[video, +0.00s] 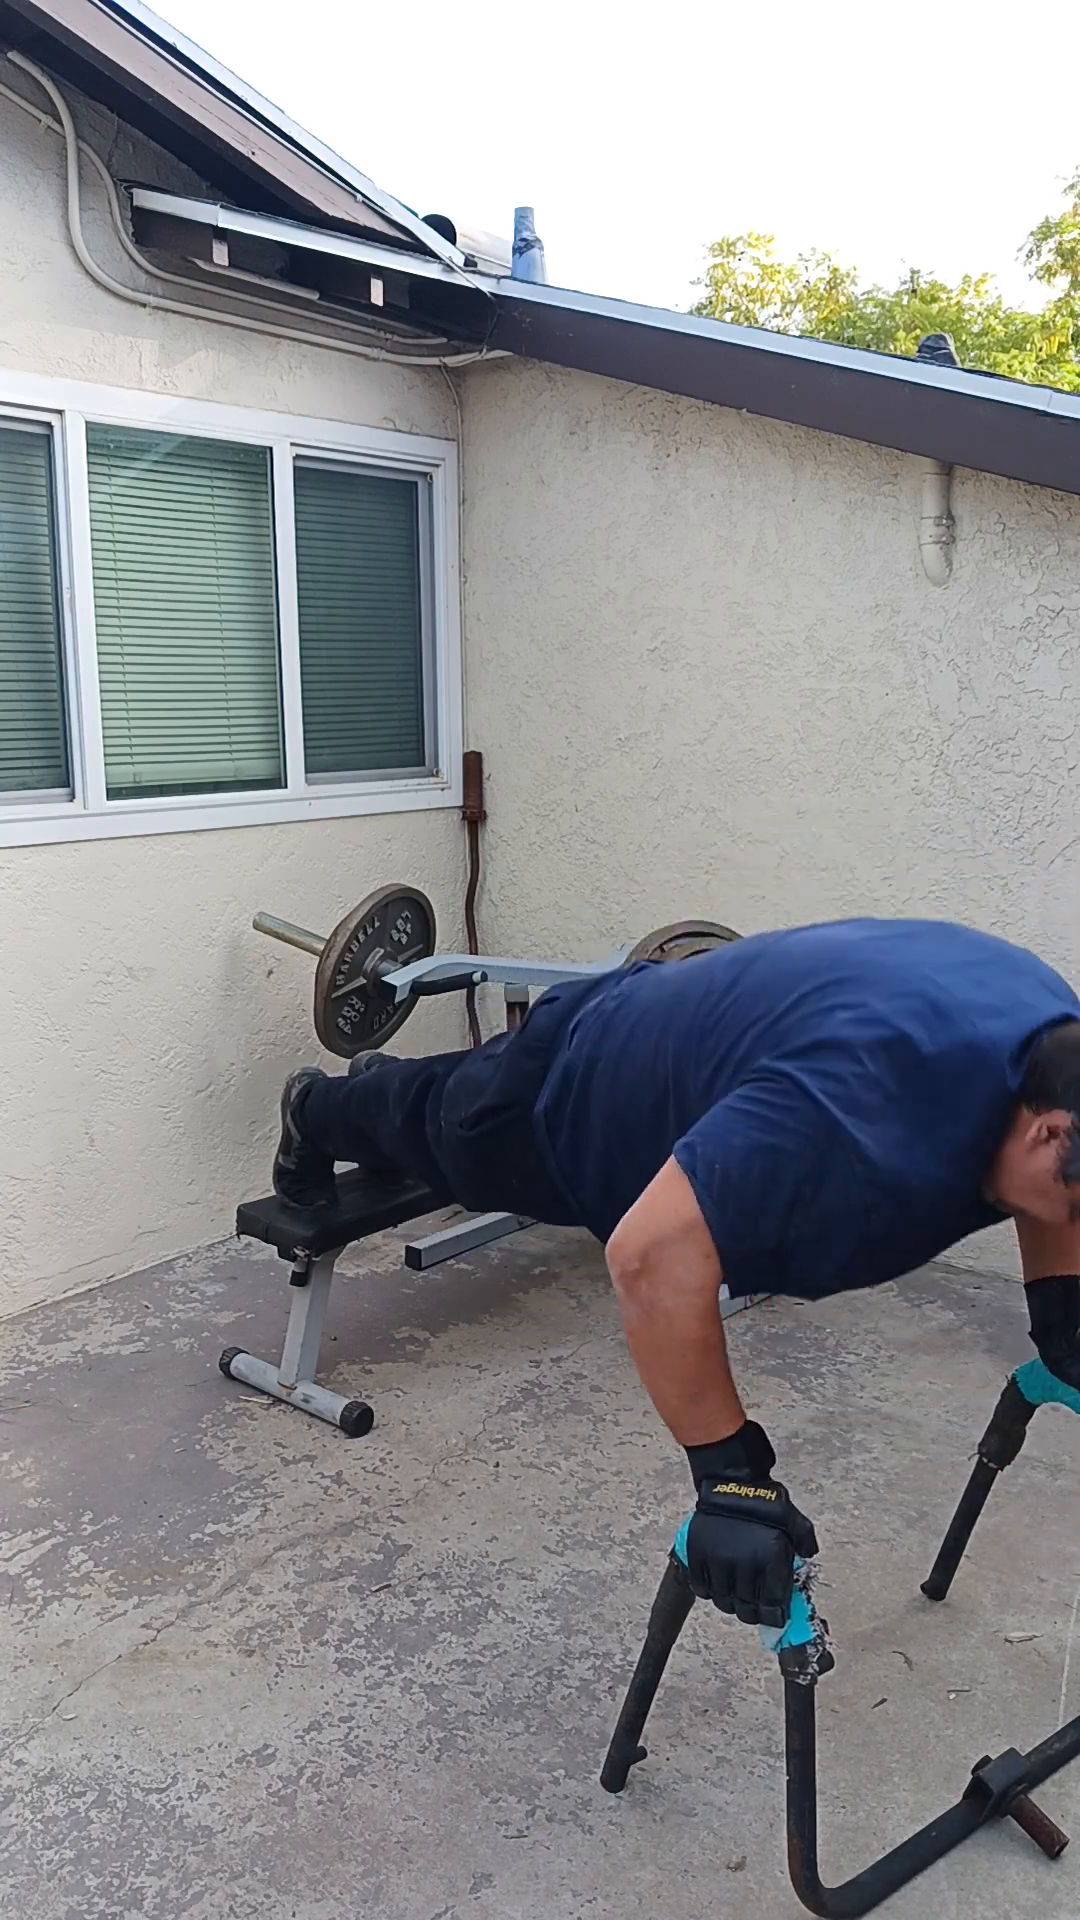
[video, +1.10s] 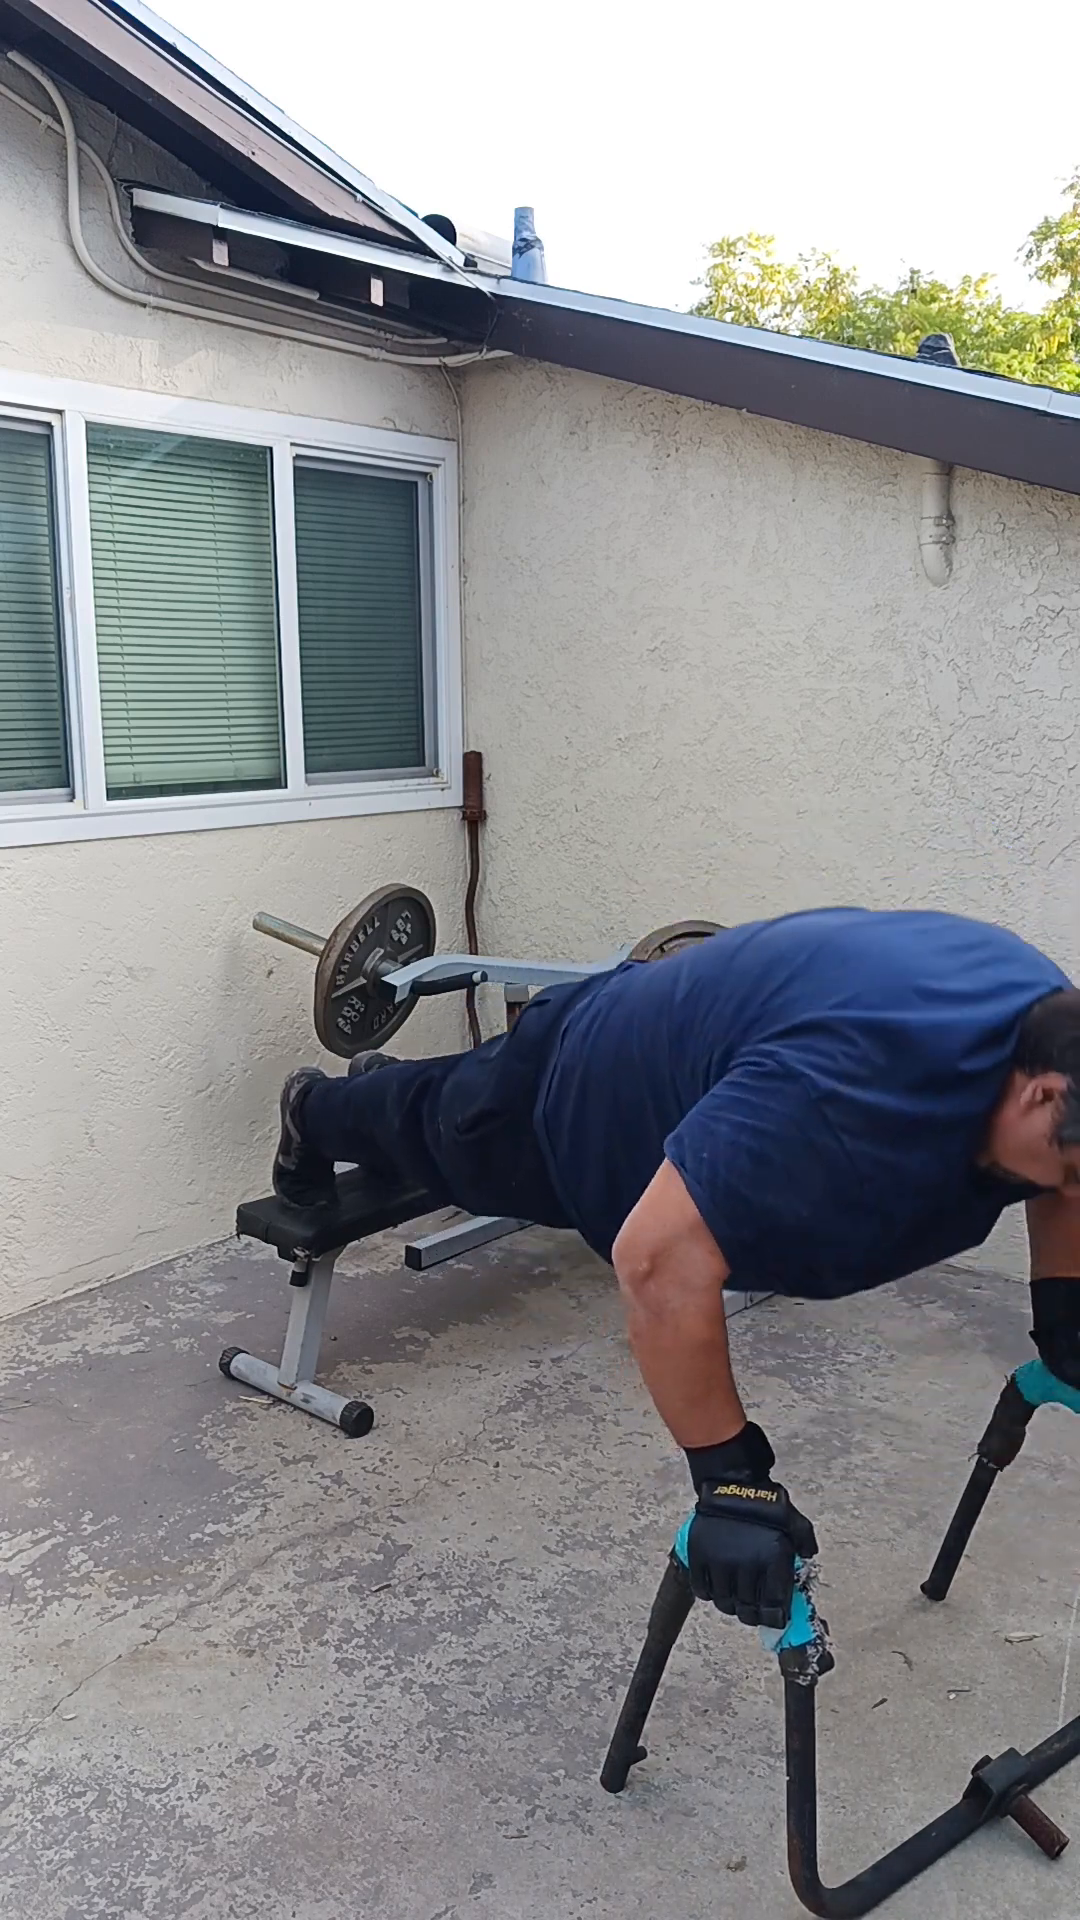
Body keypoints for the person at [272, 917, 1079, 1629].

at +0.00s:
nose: (1062, 1212)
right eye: (1073, 1188)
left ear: (1054, 1135)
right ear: (1045, 1140)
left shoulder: (1050, 1036)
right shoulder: (842, 1116)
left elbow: (1048, 1182)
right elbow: (653, 1260)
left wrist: (1058, 1304)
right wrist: (731, 1477)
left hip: (714, 993)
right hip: (599, 1071)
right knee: (439, 1113)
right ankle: (318, 1107)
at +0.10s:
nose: (1051, 1318)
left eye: (1066, 1316)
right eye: (1066, 1301)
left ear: (1063, 1224)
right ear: (1054, 1235)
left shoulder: (1072, 1079)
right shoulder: (881, 1185)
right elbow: (636, 1270)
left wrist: (1051, 1322)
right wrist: (732, 1477)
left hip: (712, 1036)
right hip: (596, 1114)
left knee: (499, 1103)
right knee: (442, 1119)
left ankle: (377, 1118)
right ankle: (320, 1111)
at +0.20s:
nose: (1047, 1398)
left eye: (1065, 1392)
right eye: (1062, 1381)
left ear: (1069, 1313)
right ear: (1053, 1322)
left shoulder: (1077, 1144)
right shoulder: (891, 1262)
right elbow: (635, 1279)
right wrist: (730, 1481)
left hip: (717, 1078)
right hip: (601, 1150)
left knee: (530, 1101)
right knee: (442, 1136)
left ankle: (394, 1084)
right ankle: (319, 1104)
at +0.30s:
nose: (1048, 1472)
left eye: (1065, 1466)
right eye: (1066, 1457)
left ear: (1068, 1398)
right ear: (1056, 1402)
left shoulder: (1076, 1191)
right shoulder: (911, 1316)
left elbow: (1046, 1136)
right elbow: (651, 1275)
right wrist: (733, 1482)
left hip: (697, 1106)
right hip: (600, 1191)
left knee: (529, 1123)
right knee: (446, 1162)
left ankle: (390, 1083)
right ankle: (319, 1107)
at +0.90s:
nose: (1051, 1366)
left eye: (1064, 1363)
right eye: (1067, 1354)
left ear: (1066, 1282)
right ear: (1060, 1290)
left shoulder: (1069, 1142)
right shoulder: (908, 1219)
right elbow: (637, 1285)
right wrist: (730, 1483)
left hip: (700, 1076)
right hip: (595, 1150)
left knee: (523, 1105)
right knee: (437, 1138)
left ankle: (391, 1094)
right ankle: (313, 1107)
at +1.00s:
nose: (1050, 1281)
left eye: (1066, 1274)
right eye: (1064, 1260)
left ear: (1062, 1181)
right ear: (1050, 1190)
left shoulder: (1059, 1078)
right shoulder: (873, 1151)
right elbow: (637, 1276)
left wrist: (1057, 1303)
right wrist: (731, 1481)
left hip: (705, 1033)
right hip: (593, 1113)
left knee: (503, 1104)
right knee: (444, 1122)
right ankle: (316, 1111)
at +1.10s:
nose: (1052, 1182)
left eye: (1070, 1173)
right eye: (1060, 1158)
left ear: (1054, 1089)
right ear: (1034, 1096)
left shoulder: (1045, 1022)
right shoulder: (838, 1087)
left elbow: (1059, 1184)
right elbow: (659, 1265)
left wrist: (1060, 1316)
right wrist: (731, 1481)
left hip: (698, 1002)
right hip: (591, 1075)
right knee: (438, 1112)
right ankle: (319, 1110)